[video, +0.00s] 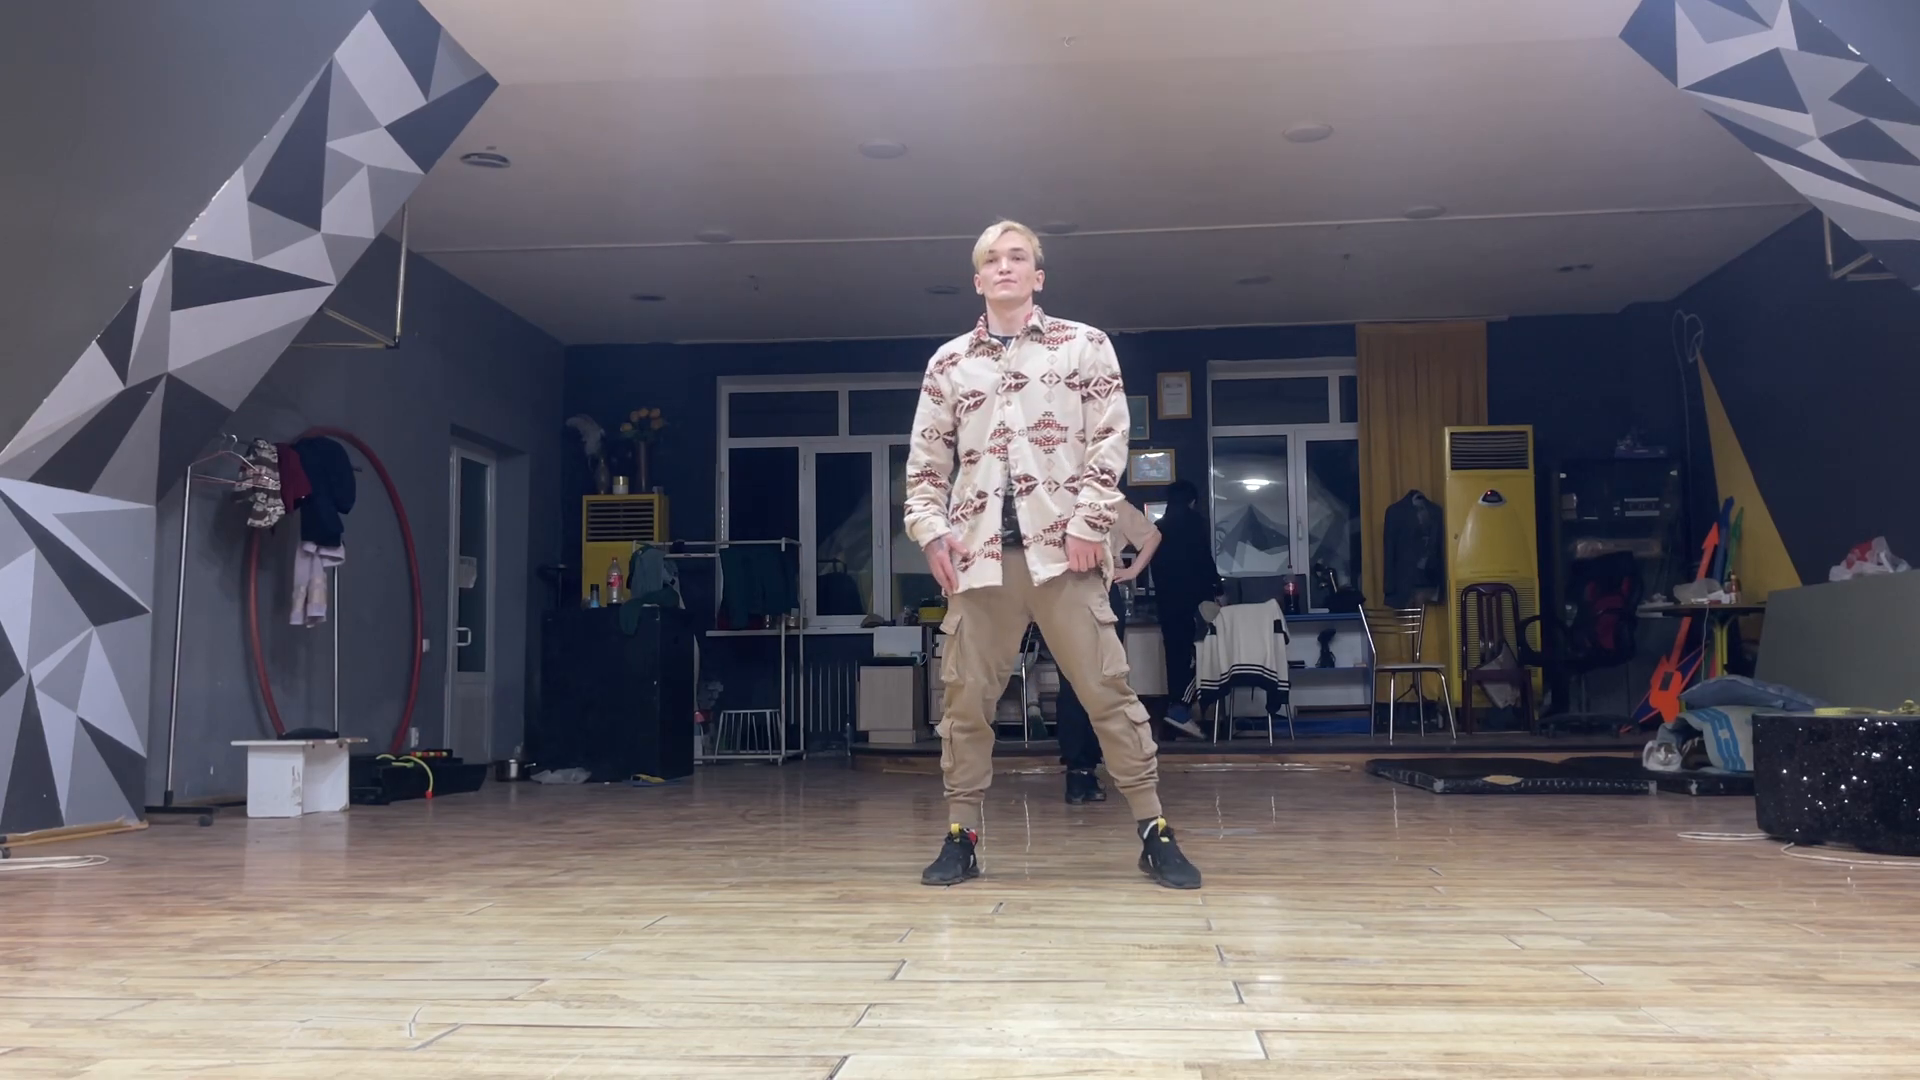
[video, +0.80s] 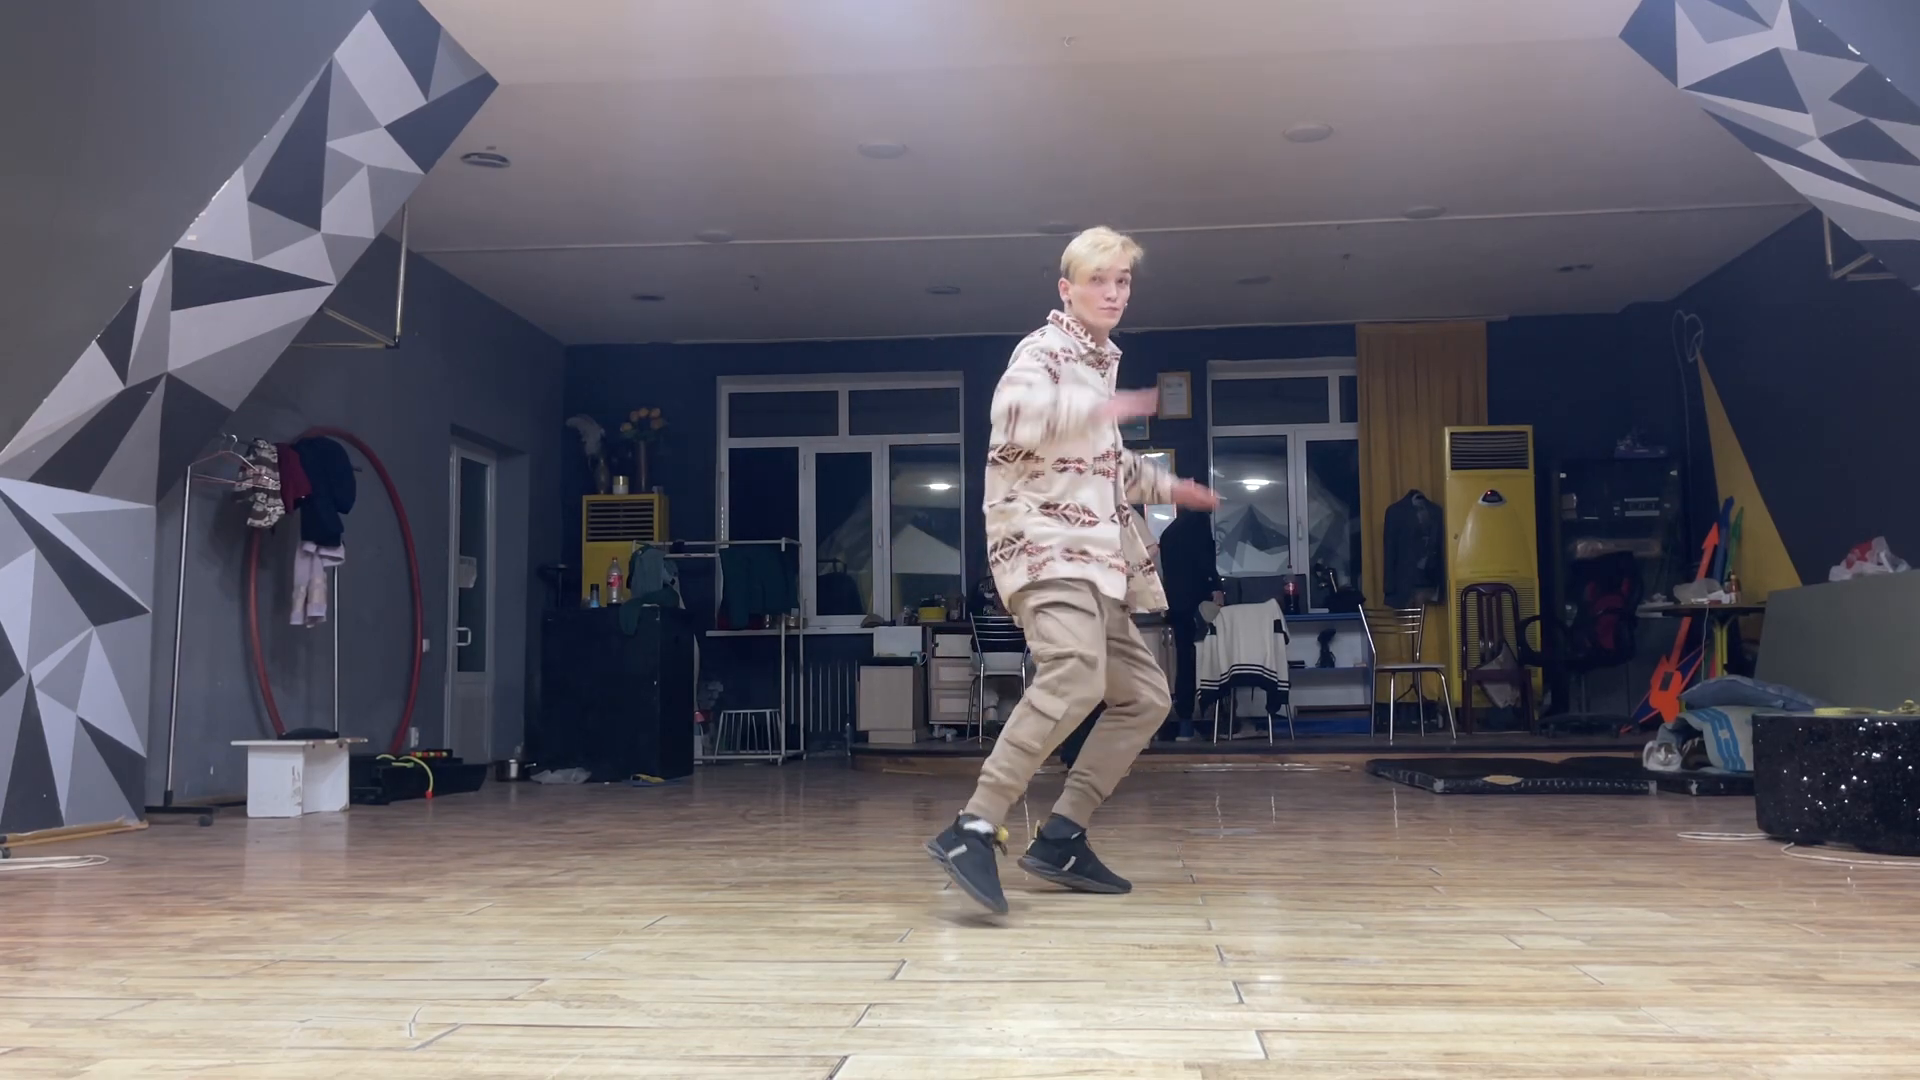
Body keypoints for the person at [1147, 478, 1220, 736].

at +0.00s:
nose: (1194, 504)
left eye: (1190, 501)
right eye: (1194, 501)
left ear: (1169, 500)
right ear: (1192, 500)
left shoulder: (1158, 526)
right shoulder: (1196, 522)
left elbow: (1154, 564)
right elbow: (1203, 558)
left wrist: (1161, 588)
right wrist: (1216, 587)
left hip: (1167, 595)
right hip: (1192, 594)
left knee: (1174, 652)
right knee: (1192, 651)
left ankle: (1177, 710)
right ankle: (1180, 708)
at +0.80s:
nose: (1210, 502)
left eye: (1207, 497)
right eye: (1206, 497)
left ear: (1180, 504)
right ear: (1200, 502)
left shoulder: (1168, 532)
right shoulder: (1200, 526)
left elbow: (1169, 568)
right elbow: (1205, 560)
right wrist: (1216, 586)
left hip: (1175, 600)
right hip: (1196, 600)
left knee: (1183, 660)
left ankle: (1182, 720)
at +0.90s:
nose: (1213, 514)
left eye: (1214, 511)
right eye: (1212, 510)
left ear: (1185, 507)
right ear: (1206, 507)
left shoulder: (1171, 533)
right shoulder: (1205, 521)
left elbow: (1170, 573)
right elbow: (1210, 558)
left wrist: (1174, 598)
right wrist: (1218, 588)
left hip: (1177, 600)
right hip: (1201, 598)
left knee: (1186, 658)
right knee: (1210, 655)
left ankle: (1184, 723)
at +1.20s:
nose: (1237, 512)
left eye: (1237, 508)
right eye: (1237, 507)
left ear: (1212, 502)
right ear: (1230, 505)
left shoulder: (1194, 525)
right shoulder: (1230, 523)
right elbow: (1234, 563)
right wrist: (1246, 591)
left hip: (1194, 595)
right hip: (1224, 595)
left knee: (1196, 657)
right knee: (1232, 654)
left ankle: (1186, 721)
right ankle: (1238, 719)